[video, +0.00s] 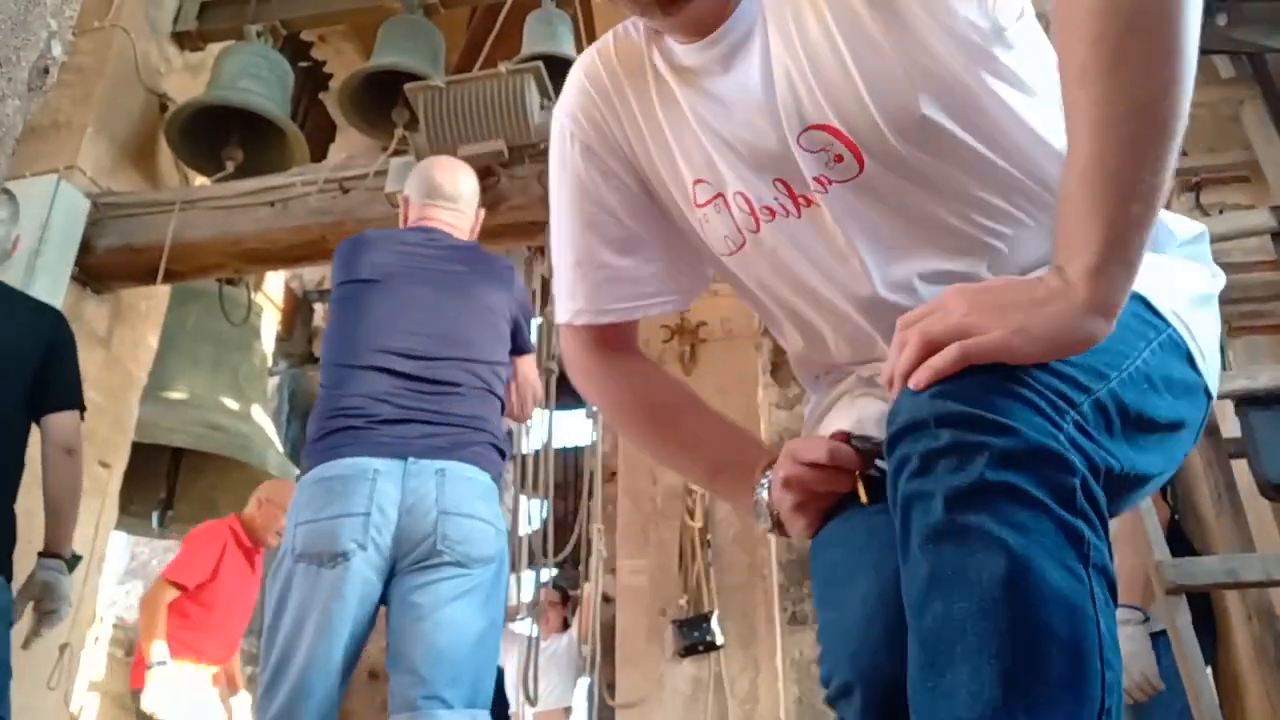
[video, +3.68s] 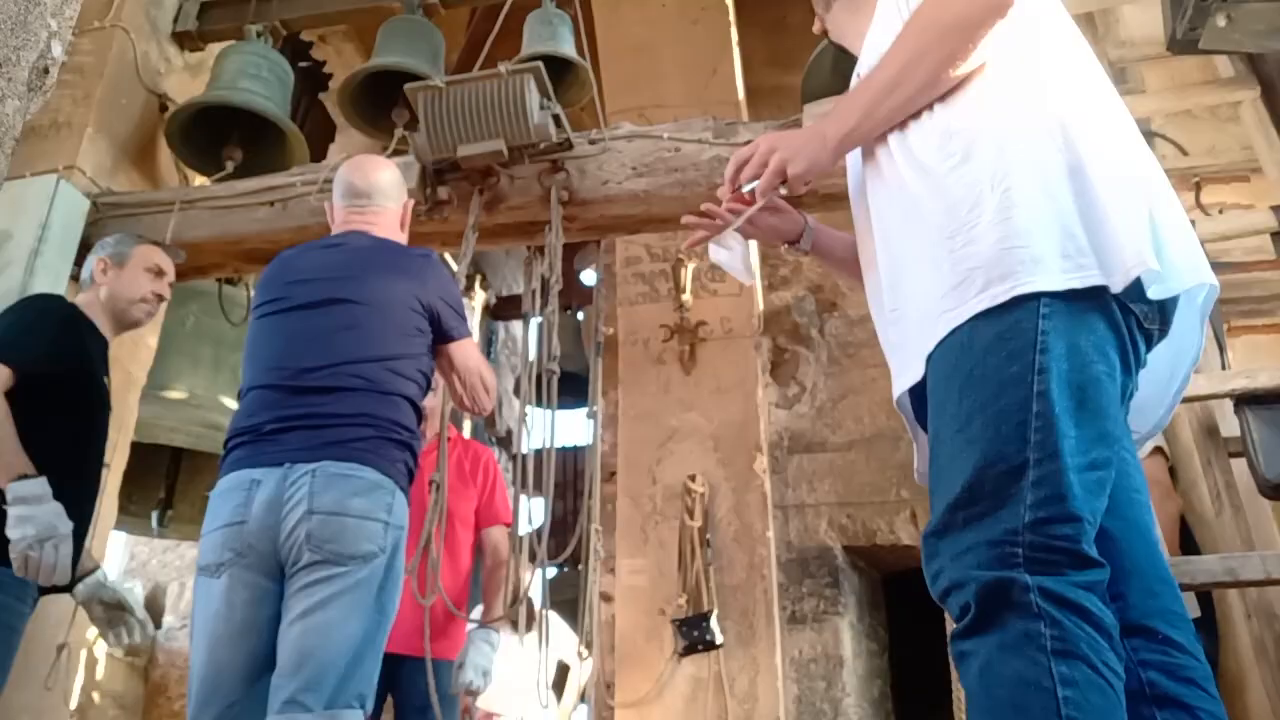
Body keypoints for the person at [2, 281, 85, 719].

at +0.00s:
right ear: (15, 243)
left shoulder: (40, 327)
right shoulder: (38, 326)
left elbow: (65, 445)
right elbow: (65, 445)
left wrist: (54, 557)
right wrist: (55, 557)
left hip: (2, 577)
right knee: (2, 701)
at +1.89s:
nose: (20, 262)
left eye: (35, 256)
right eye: (31, 253)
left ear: (64, 280)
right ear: (75, 289)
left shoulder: (8, 287)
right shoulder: (90, 385)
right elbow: (66, 507)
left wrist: (18, 568)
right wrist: (18, 565)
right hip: (7, 562)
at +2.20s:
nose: (8, 263)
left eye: (13, 256)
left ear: (22, 260)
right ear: (81, 294)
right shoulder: (87, 371)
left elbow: (78, 495)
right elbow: (77, 497)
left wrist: (19, 590)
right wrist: (19, 590)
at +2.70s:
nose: (74, 309)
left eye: (79, 297)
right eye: (77, 293)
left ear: (9, 269)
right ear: (51, 276)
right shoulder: (56, 337)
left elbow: (61, 448)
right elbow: (60, 448)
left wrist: (53, 571)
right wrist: (54, 572)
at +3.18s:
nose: (131, 291)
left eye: (136, 283)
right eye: (123, 271)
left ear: (71, 269)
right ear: (73, 264)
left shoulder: (27, 317)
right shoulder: (51, 315)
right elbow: (34, 414)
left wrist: (88, 531)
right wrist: (107, 522)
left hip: (19, 566)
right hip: (16, 566)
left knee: (8, 702)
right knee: (5, 703)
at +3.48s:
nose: (173, 301)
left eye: (177, 293)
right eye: (163, 282)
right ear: (114, 274)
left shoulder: (94, 344)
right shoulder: (75, 315)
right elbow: (27, 392)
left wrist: (115, 566)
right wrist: (100, 509)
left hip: (27, 571)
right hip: (14, 567)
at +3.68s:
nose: (164, 291)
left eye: (169, 285)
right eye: (153, 273)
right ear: (103, 269)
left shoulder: (91, 353)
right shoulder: (51, 315)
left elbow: (57, 482)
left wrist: (87, 578)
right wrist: (27, 494)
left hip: (26, 579)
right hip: (7, 572)